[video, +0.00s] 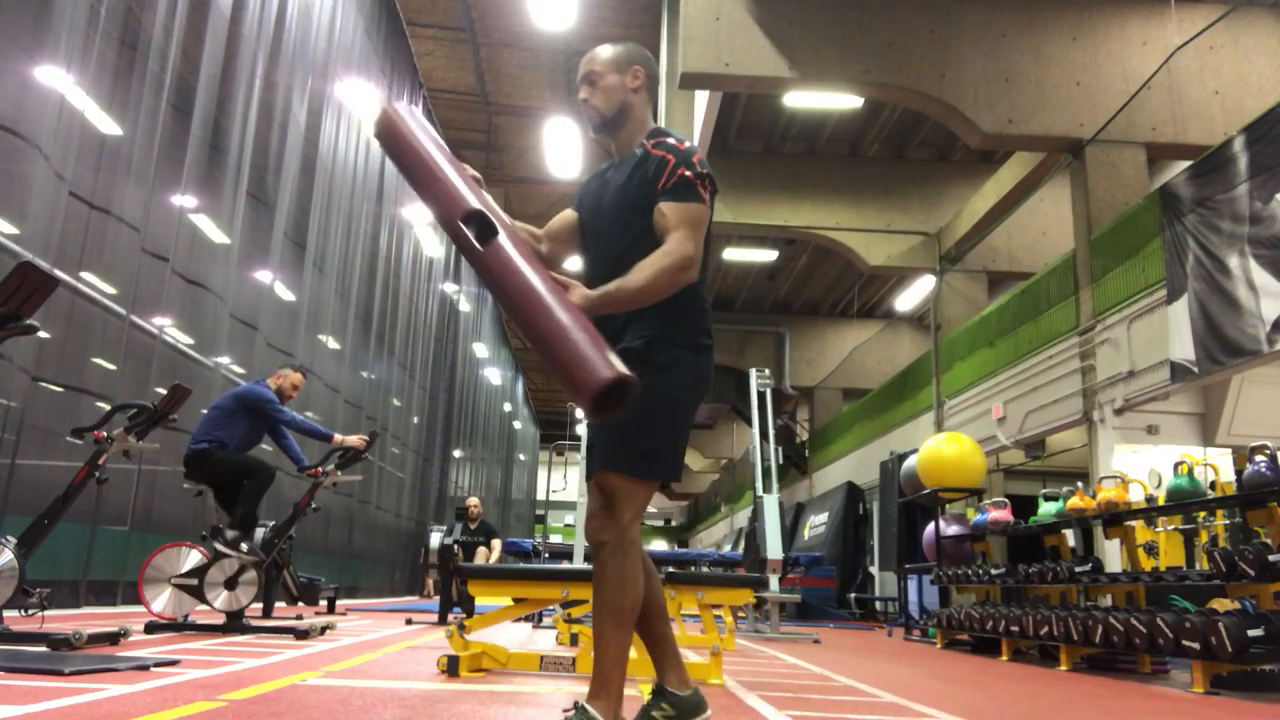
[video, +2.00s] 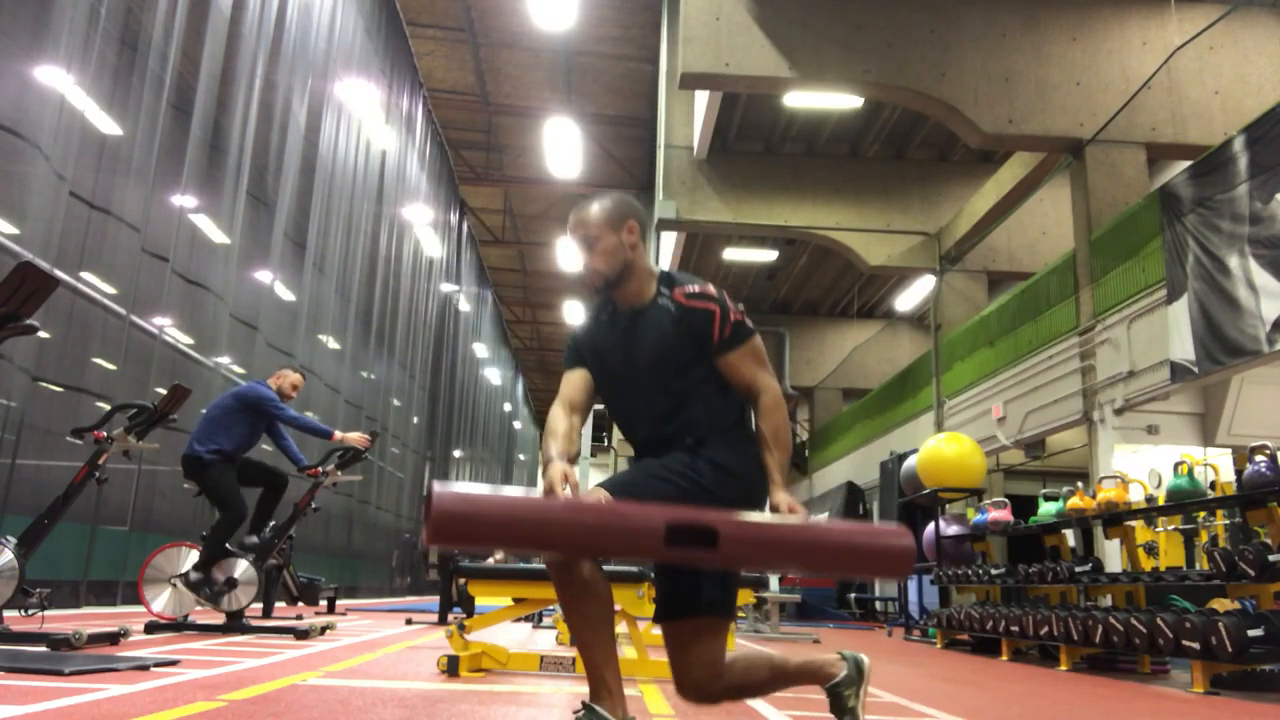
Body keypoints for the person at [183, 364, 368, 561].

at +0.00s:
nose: (294, 395)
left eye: (297, 391)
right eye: (294, 387)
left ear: (281, 383)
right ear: (278, 378)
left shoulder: (264, 402)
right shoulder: (258, 392)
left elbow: (282, 438)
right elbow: (293, 422)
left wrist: (305, 467)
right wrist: (340, 439)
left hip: (213, 460)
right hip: (205, 456)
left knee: (247, 516)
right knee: (263, 471)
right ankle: (233, 533)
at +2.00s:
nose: (295, 393)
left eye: (297, 391)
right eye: (293, 386)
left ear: (280, 384)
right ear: (276, 378)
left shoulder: (264, 402)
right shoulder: (258, 392)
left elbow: (280, 438)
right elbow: (294, 420)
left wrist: (305, 467)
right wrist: (341, 437)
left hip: (225, 460)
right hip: (204, 460)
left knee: (277, 479)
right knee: (235, 512)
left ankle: (252, 537)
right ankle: (198, 572)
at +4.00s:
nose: (294, 396)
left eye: (297, 393)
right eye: (293, 389)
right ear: (278, 379)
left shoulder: (265, 406)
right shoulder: (257, 393)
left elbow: (280, 440)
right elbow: (295, 422)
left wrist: (303, 467)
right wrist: (342, 439)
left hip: (212, 459)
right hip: (205, 456)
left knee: (252, 510)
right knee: (264, 481)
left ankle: (226, 544)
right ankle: (241, 544)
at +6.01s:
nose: (286, 386)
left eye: (290, 381)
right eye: (284, 378)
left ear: (290, 381)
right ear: (267, 371)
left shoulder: (266, 398)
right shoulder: (242, 388)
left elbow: (279, 430)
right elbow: (258, 428)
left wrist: (301, 461)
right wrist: (289, 461)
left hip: (219, 457)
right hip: (196, 454)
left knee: (261, 498)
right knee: (236, 496)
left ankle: (254, 558)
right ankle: (197, 552)